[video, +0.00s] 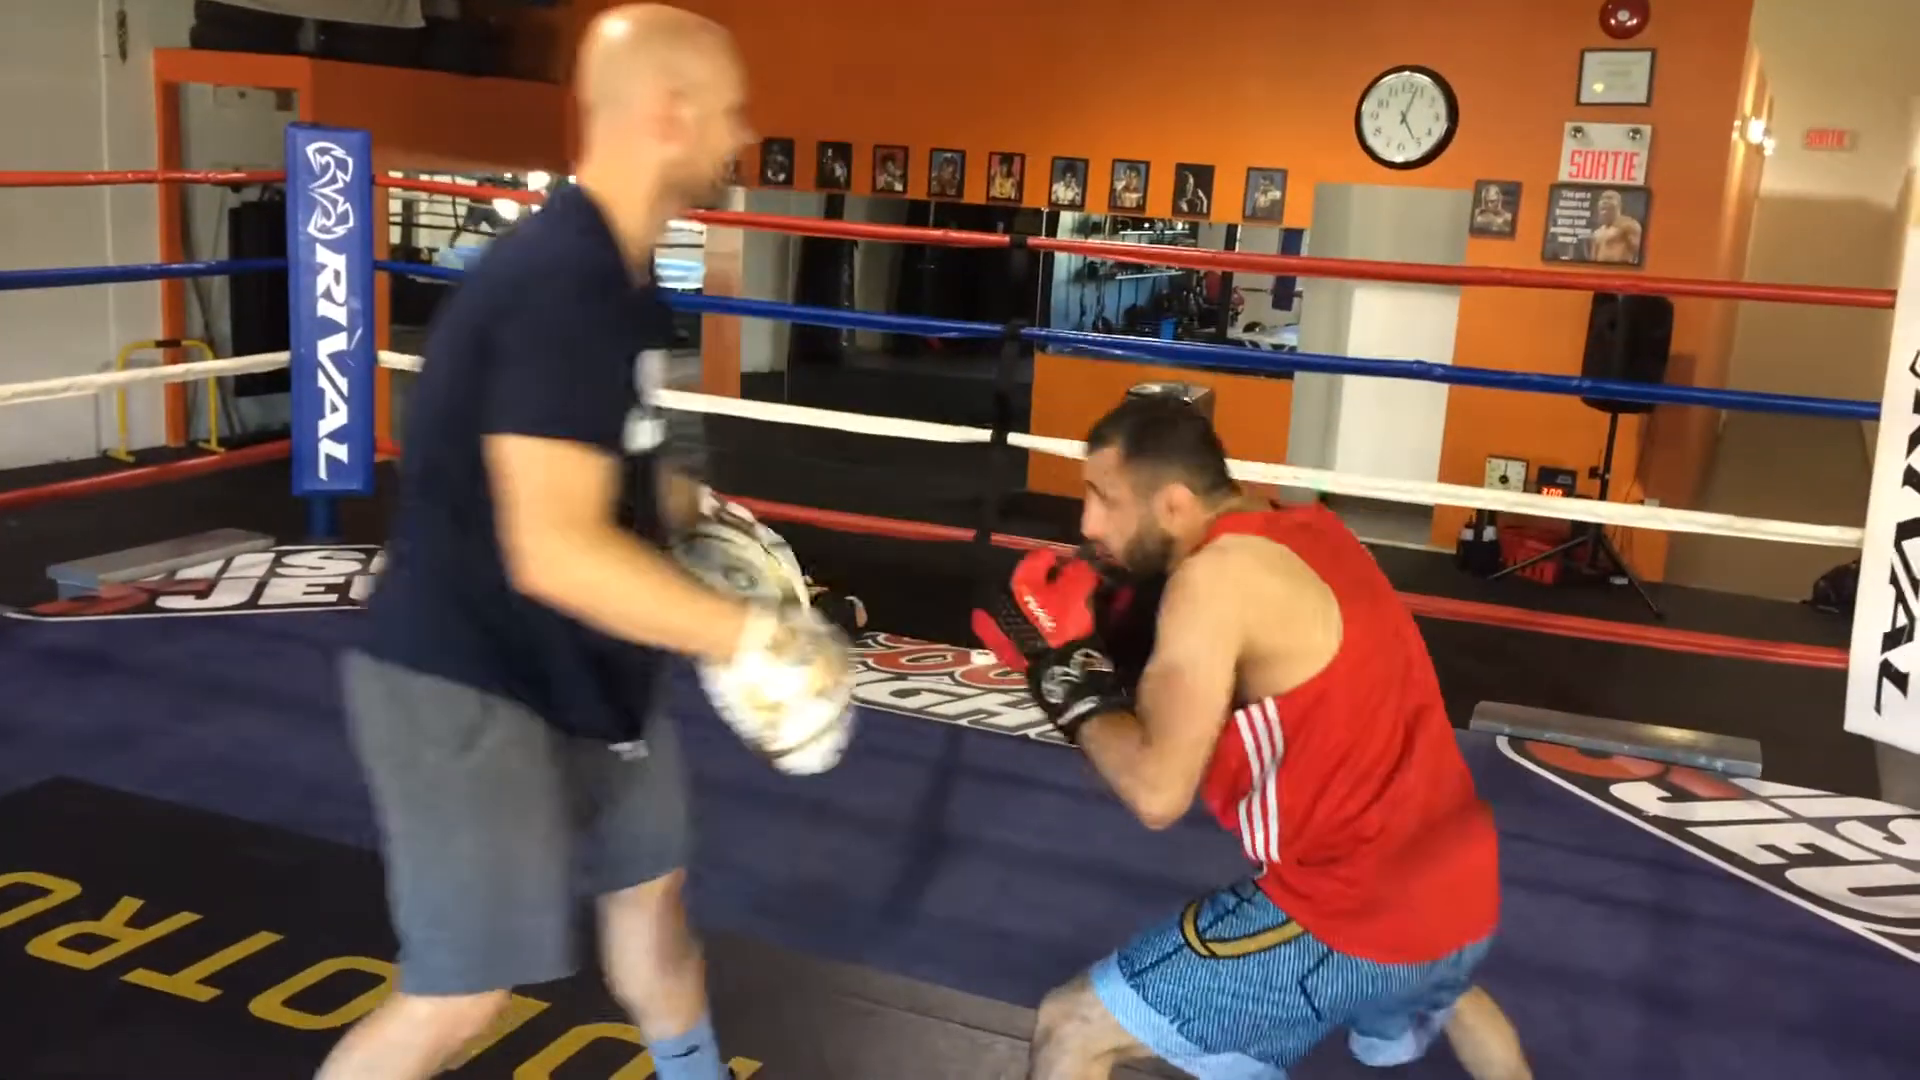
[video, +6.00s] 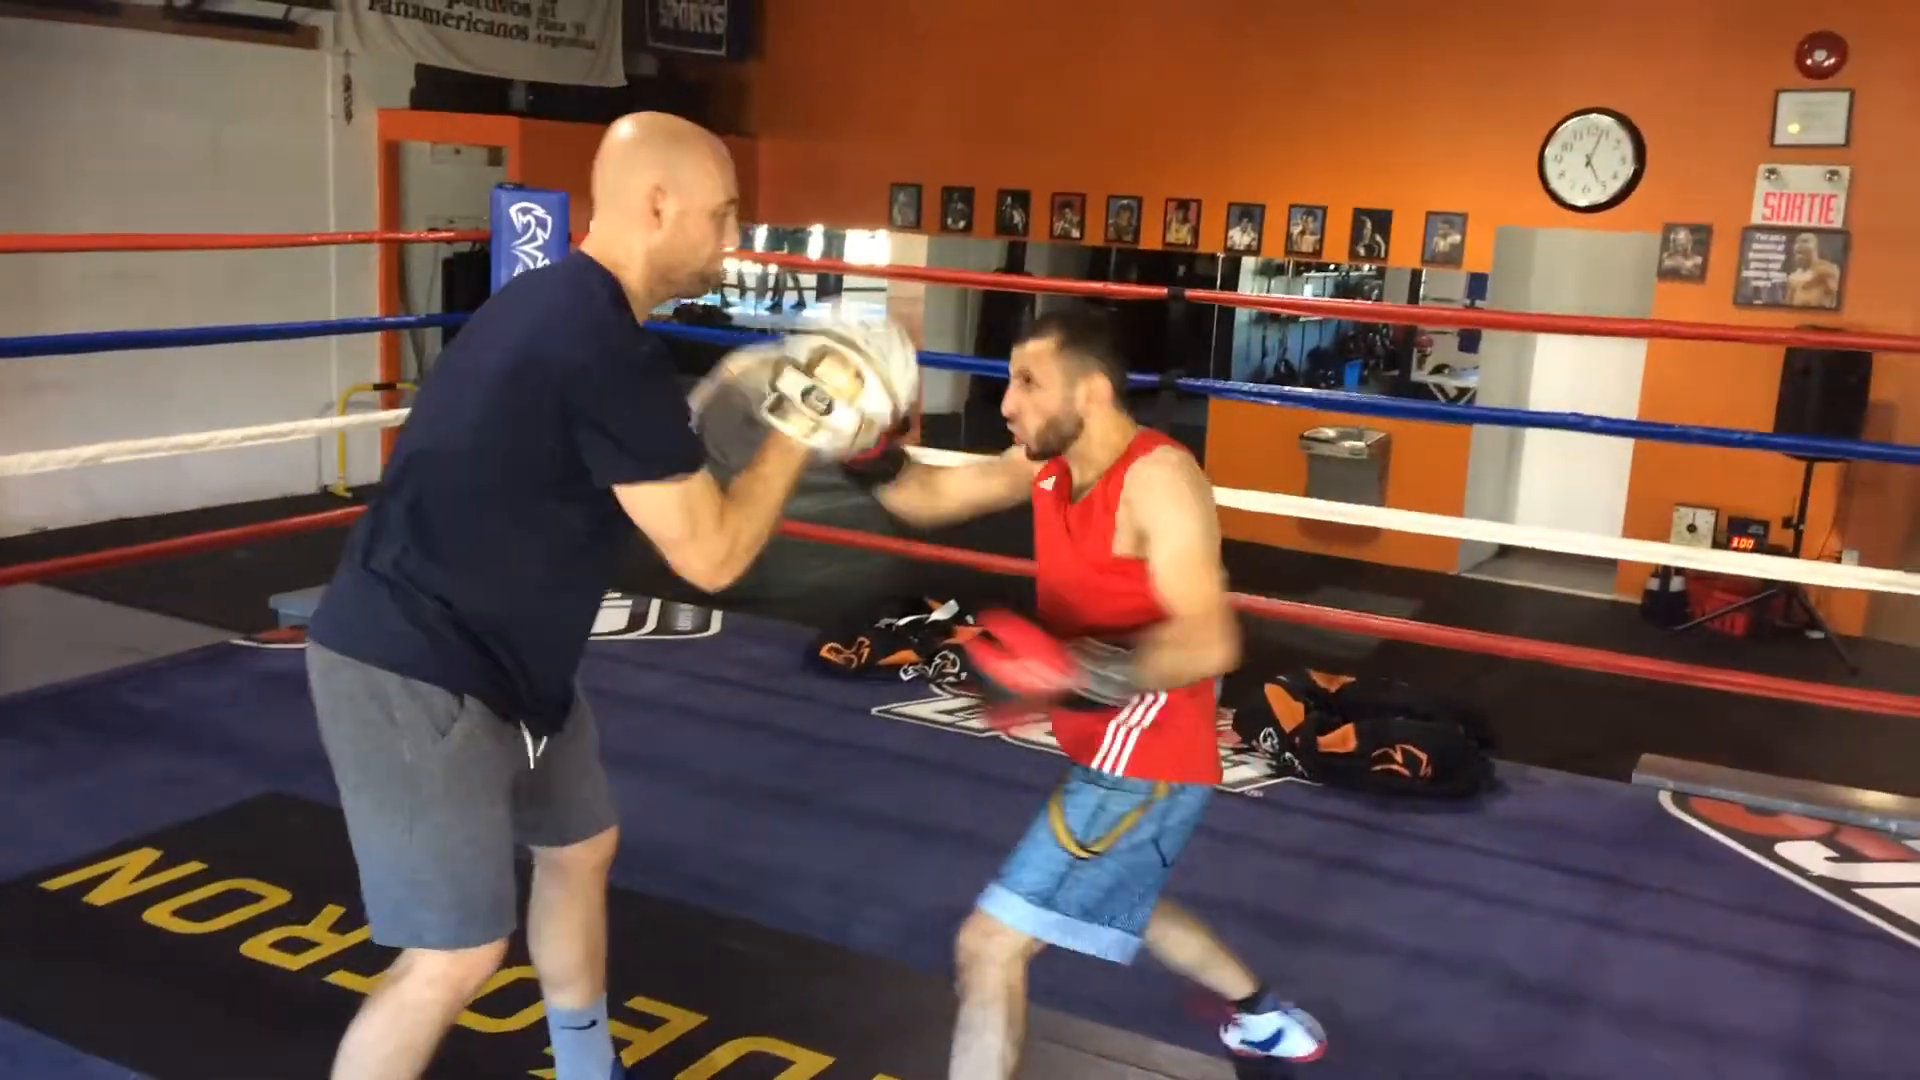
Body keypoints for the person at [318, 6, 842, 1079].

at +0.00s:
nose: (744, 145)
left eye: (742, 118)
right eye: (733, 115)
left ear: (649, 115)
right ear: (664, 114)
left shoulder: (620, 277)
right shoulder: (553, 281)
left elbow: (619, 478)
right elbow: (551, 552)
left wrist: (719, 545)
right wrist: (750, 637)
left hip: (581, 660)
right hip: (454, 677)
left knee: (647, 888)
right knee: (463, 986)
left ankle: (693, 1070)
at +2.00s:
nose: (607, 151)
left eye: (608, 122)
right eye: (583, 120)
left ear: (507, 115)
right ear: (487, 110)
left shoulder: (563, 262)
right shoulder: (371, 280)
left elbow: (602, 464)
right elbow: (482, 507)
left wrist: (709, 383)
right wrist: (644, 379)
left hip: (510, 666)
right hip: (341, 677)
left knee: (579, 882)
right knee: (285, 938)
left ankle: (575, 1075)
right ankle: (221, 1079)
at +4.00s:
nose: (622, 49)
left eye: (624, 21)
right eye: (590, 20)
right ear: (498, 30)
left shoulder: (611, 182)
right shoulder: (402, 222)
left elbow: (610, 351)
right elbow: (401, 464)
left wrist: (682, 439)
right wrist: (606, 480)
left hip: (568, 536)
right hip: (413, 562)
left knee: (639, 752)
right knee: (418, 834)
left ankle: (592, 1000)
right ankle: (379, 1061)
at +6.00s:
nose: (730, 245)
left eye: (732, 219)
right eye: (722, 216)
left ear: (641, 207)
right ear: (659, 207)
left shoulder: (546, 306)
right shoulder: (596, 341)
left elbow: (569, 488)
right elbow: (710, 554)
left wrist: (700, 417)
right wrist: (800, 429)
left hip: (507, 650)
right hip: (410, 658)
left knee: (578, 843)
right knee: (456, 944)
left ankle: (586, 1069)